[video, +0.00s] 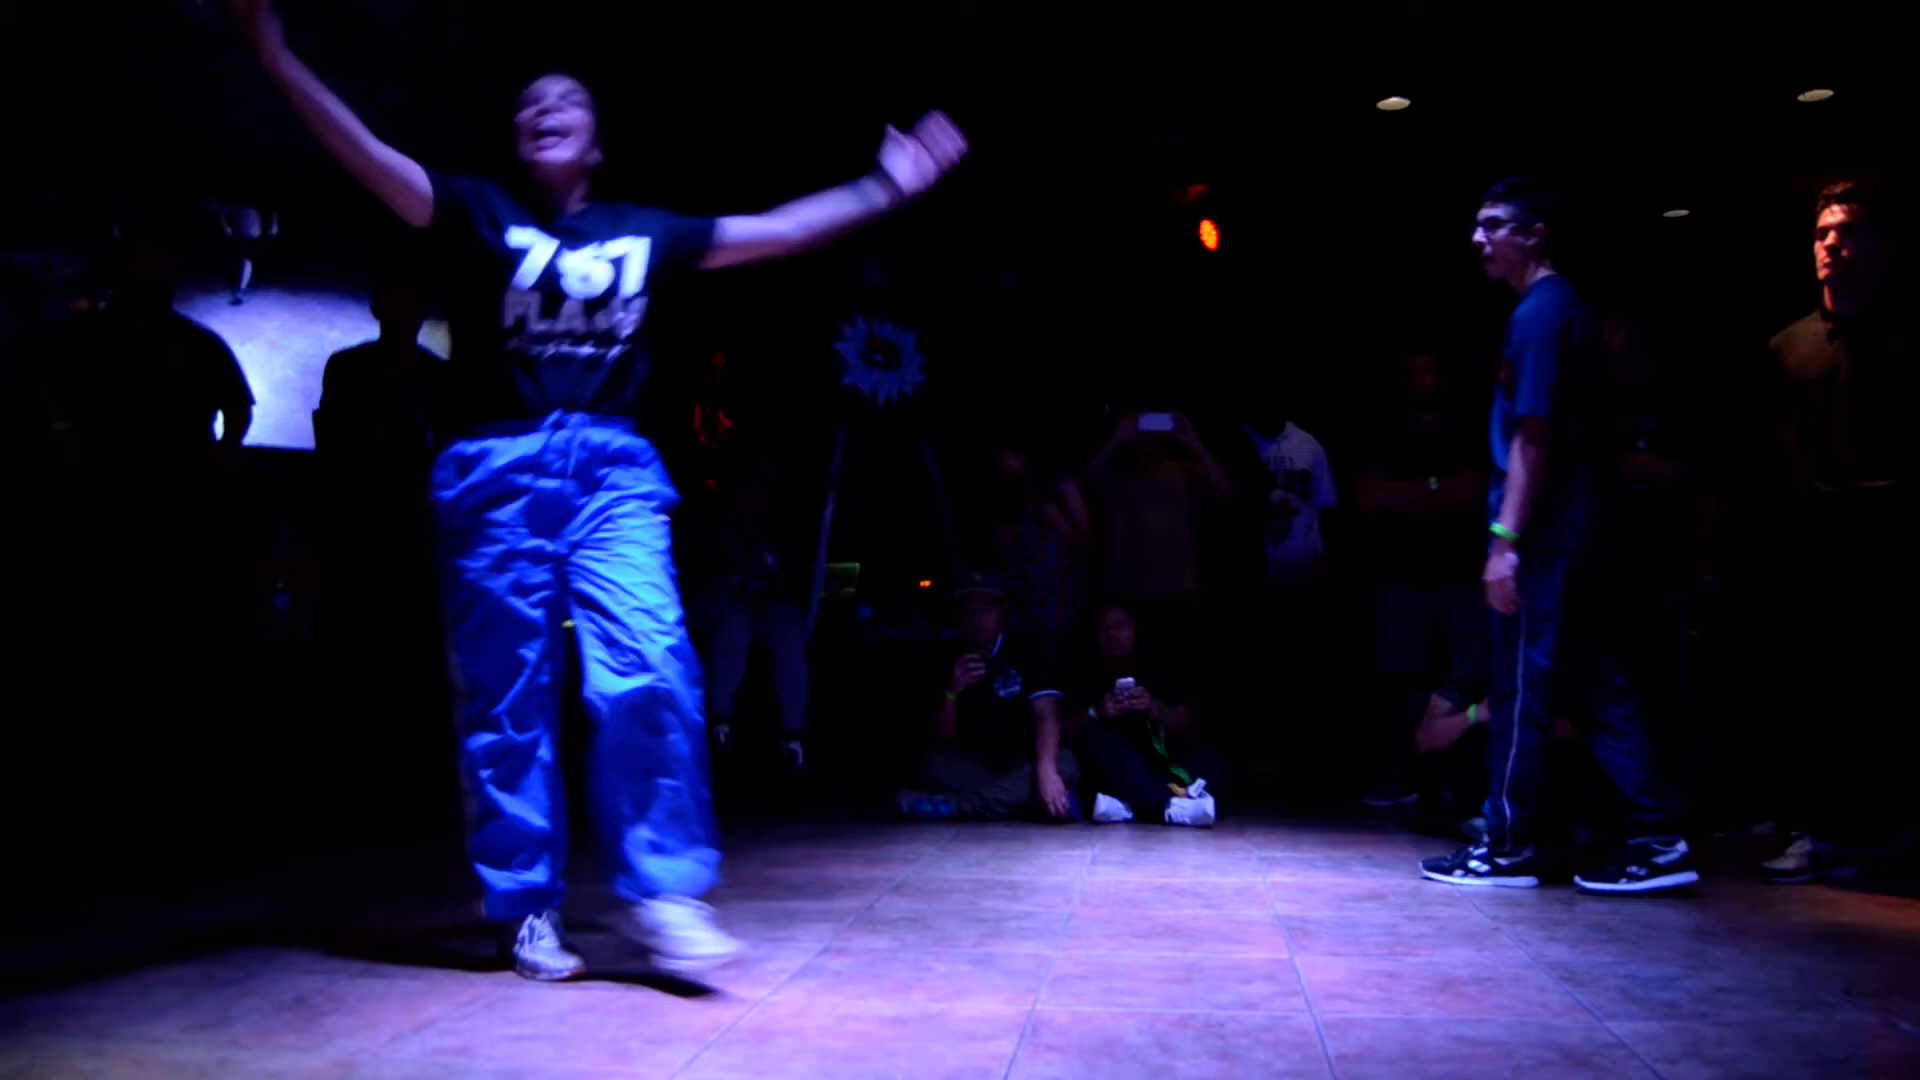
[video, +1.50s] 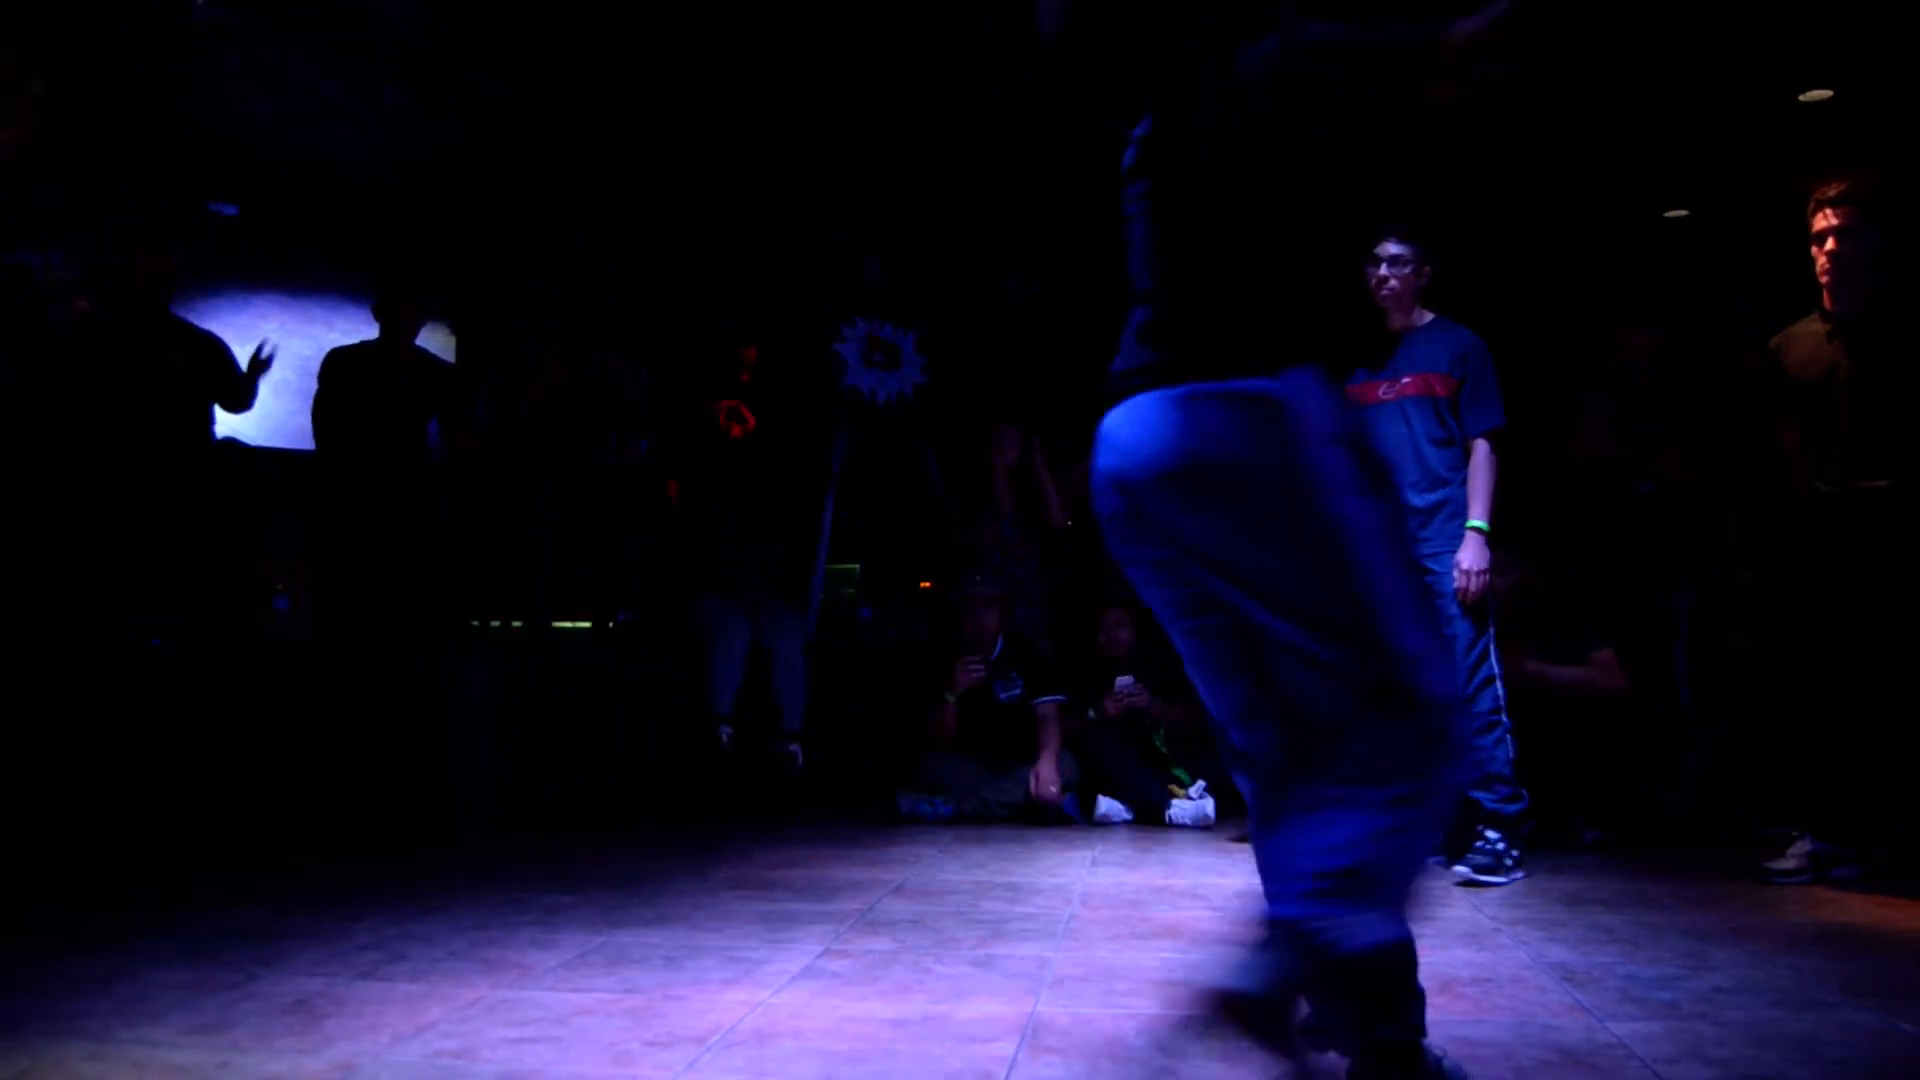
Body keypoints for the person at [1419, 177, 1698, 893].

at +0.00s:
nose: (1478, 238)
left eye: (1493, 227)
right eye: (1478, 227)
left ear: (1533, 235)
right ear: (1529, 241)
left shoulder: (1542, 311)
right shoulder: (1557, 307)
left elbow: (1533, 436)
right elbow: (1554, 434)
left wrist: (1507, 540)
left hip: (1549, 529)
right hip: (1573, 525)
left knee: (1524, 679)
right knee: (1595, 678)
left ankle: (1507, 843)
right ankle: (1657, 839)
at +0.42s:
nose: (1437, 249)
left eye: (1449, 237)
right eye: (1436, 237)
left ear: (1491, 245)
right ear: (1485, 249)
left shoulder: (1494, 318)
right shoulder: (1521, 312)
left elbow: (1468, 438)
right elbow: (1481, 435)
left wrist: (1417, 531)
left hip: (1493, 530)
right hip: (1519, 526)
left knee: (1487, 687)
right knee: (1513, 679)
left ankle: (1503, 845)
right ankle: (1580, 812)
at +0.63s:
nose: (1424, 248)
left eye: (1438, 237)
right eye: (1423, 237)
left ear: (1475, 245)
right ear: (1456, 250)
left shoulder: (1477, 317)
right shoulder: (1490, 314)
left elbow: (1460, 436)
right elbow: (1466, 436)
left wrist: (1412, 528)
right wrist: (1423, 526)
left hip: (1472, 533)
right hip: (1475, 531)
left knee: (1475, 685)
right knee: (1460, 683)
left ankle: (1499, 842)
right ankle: (1471, 830)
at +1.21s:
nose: (1388, 266)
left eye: (1402, 255)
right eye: (1384, 256)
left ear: (1433, 265)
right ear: (1382, 269)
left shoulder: (1460, 337)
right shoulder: (1393, 351)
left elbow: (1474, 442)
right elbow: (1378, 467)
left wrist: (1457, 534)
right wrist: (1353, 554)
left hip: (1438, 543)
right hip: (1389, 549)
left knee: (1456, 694)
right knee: (1407, 694)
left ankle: (1503, 837)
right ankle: (1422, 827)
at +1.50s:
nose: (1383, 274)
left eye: (1396, 263)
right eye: (1376, 264)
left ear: (1423, 273)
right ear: (1365, 275)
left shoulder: (1456, 348)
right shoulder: (1355, 361)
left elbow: (1481, 446)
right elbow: (1340, 459)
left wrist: (1475, 534)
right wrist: (1349, 540)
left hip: (1443, 543)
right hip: (1378, 548)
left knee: (1469, 684)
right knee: (1402, 685)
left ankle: (1497, 828)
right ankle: (1417, 829)